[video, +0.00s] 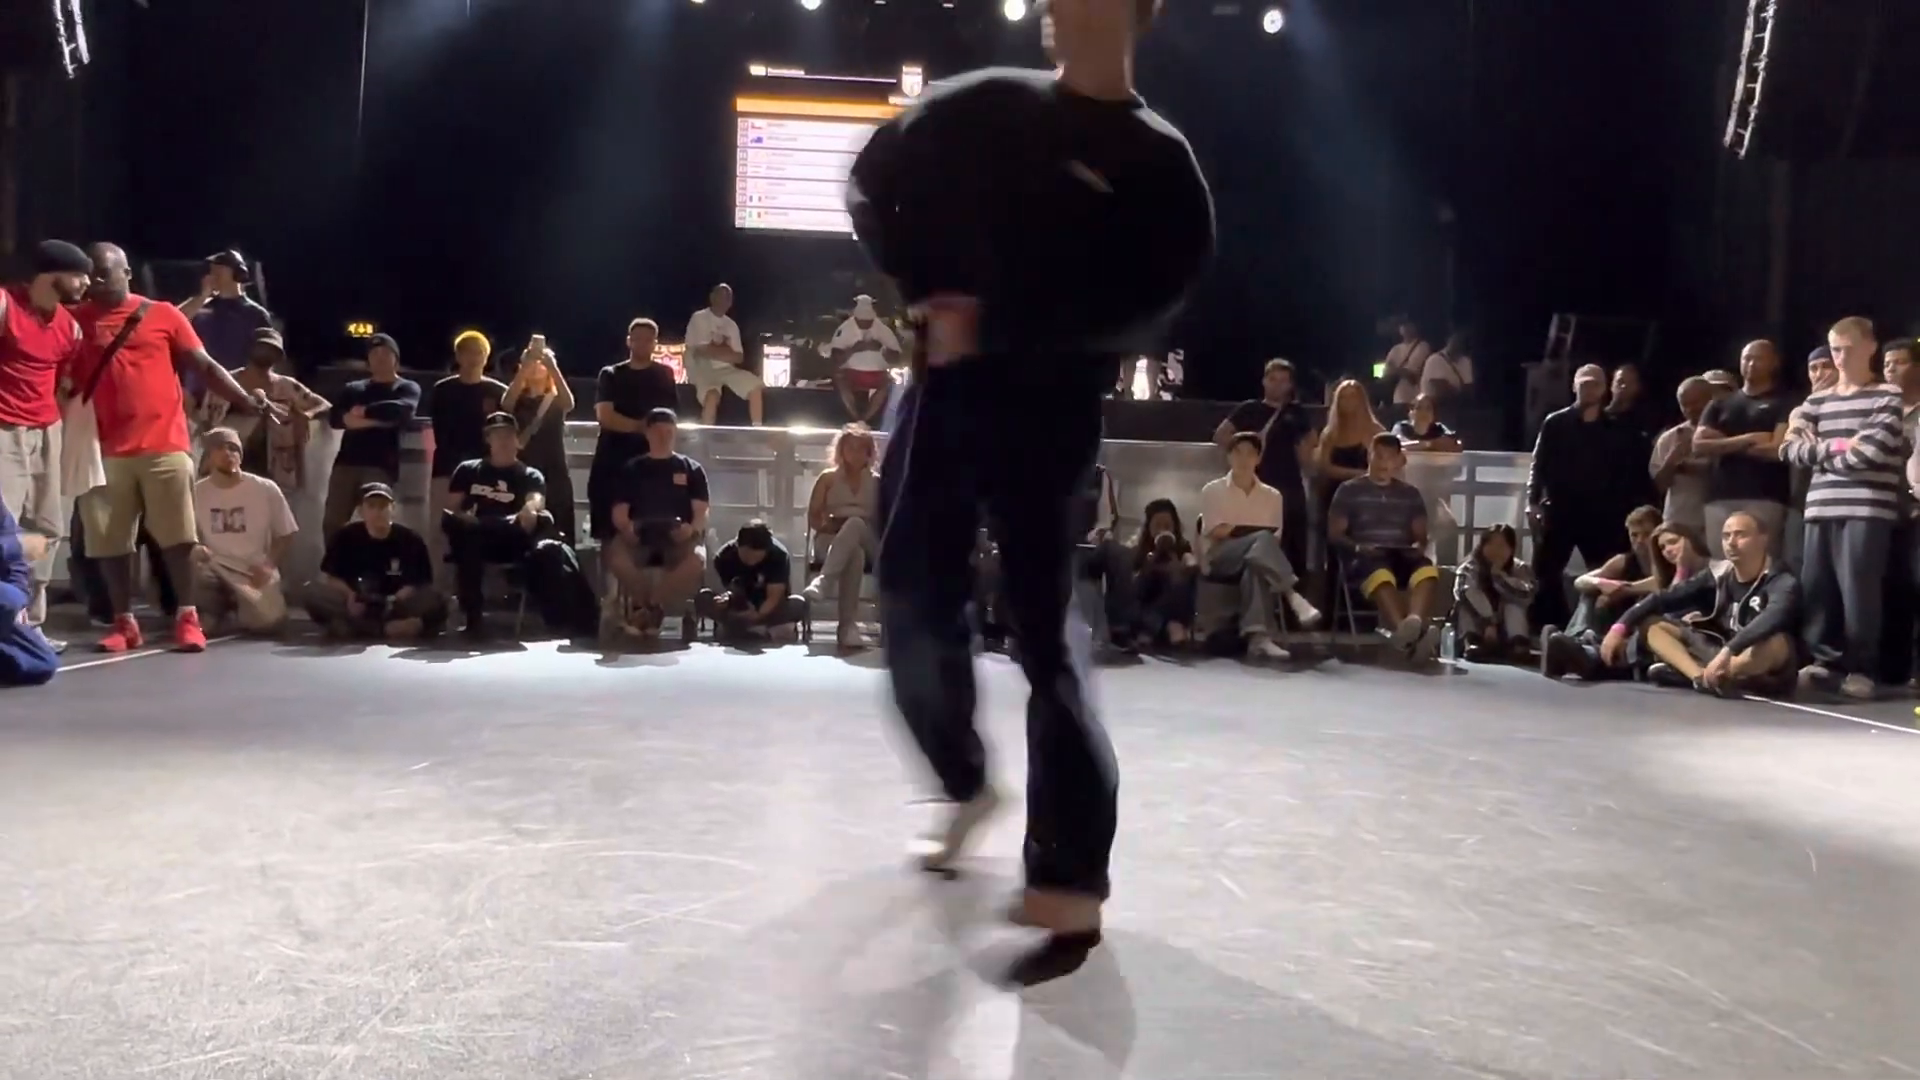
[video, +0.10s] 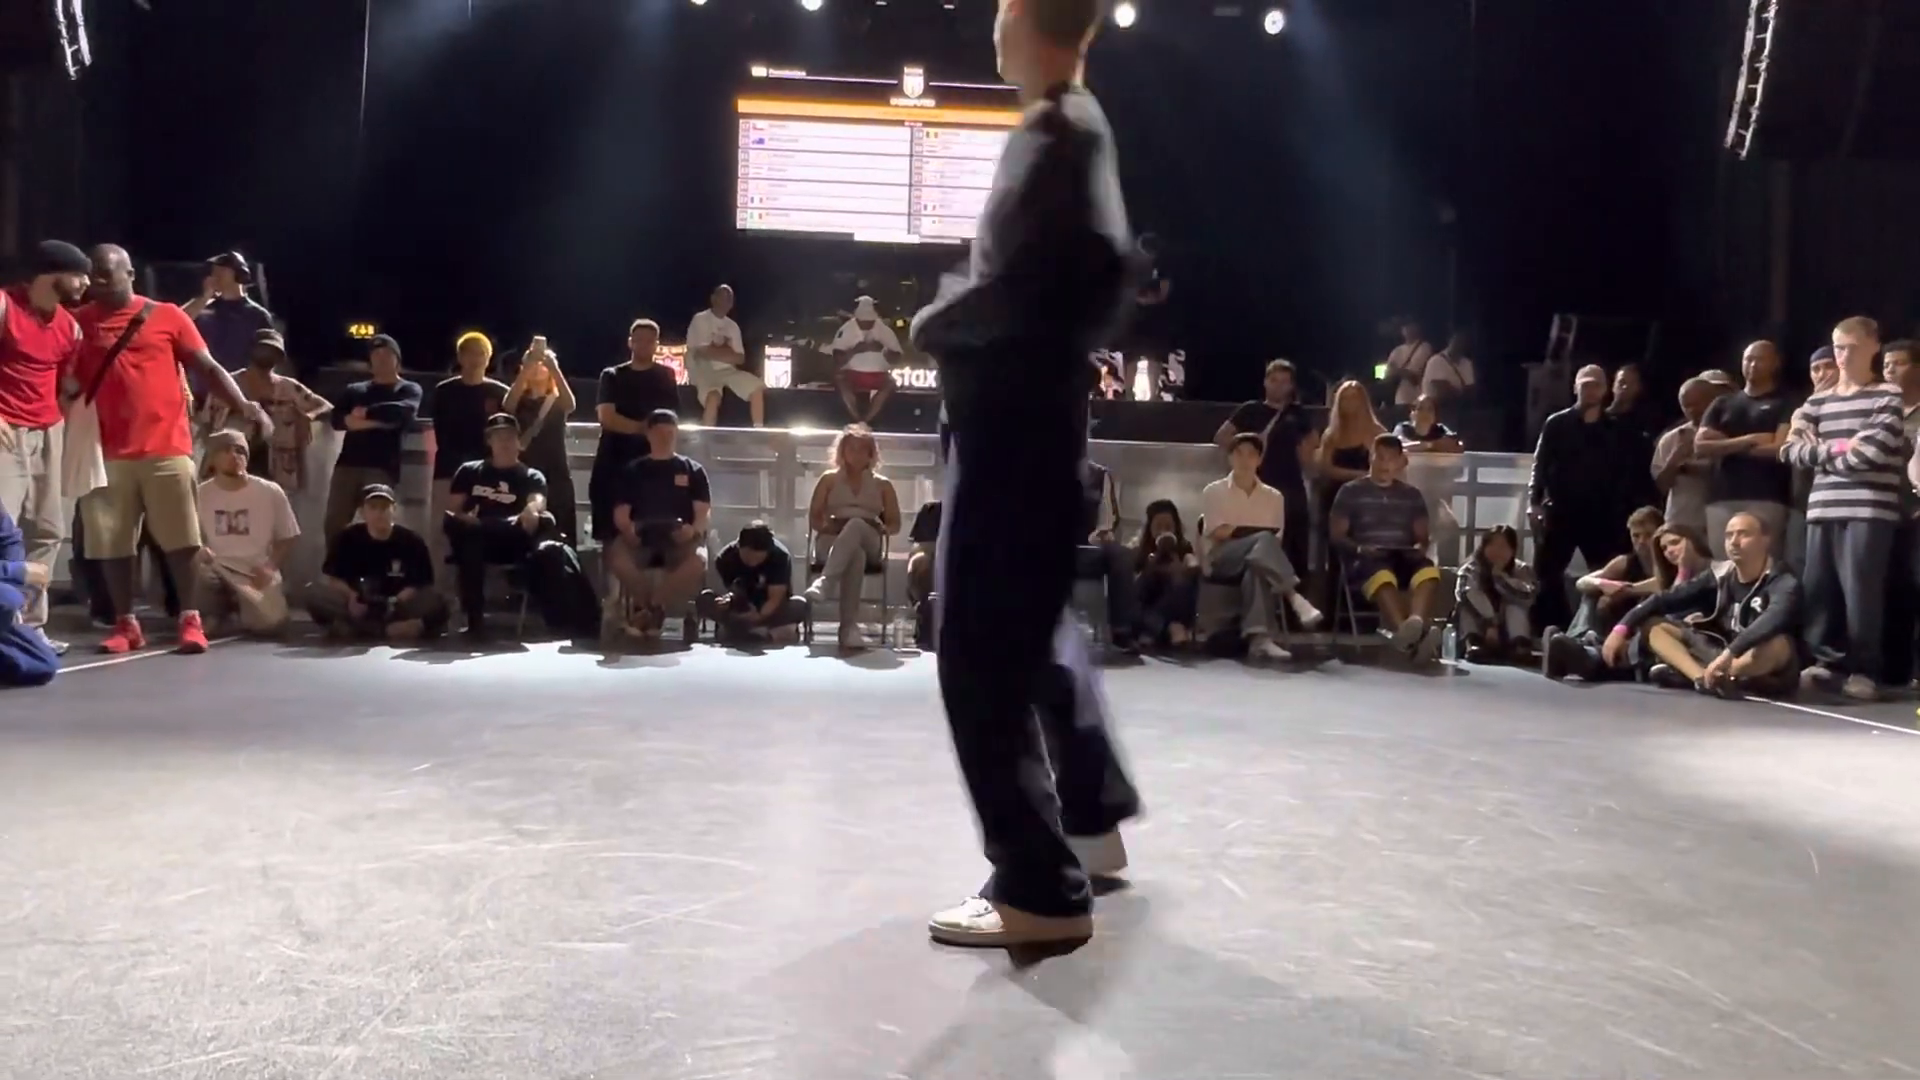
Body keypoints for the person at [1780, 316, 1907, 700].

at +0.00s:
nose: (1838, 357)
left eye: (1846, 349)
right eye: (1833, 350)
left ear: (1870, 348)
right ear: (1830, 352)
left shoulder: (1888, 398)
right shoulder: (1817, 400)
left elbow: (1869, 453)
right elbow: (1791, 448)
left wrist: (1818, 451)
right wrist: (1840, 447)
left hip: (1865, 509)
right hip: (1819, 510)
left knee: (1858, 588)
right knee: (1816, 585)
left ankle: (1862, 670)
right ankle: (1825, 662)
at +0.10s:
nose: (1841, 355)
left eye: (1850, 348)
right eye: (1837, 348)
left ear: (1873, 349)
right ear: (1833, 351)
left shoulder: (1888, 397)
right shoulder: (1819, 400)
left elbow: (1870, 454)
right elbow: (1790, 449)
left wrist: (1819, 452)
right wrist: (1838, 449)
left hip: (1867, 511)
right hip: (1821, 510)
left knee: (1860, 591)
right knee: (1818, 588)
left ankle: (1864, 672)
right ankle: (1827, 663)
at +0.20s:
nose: (1843, 352)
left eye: (1851, 345)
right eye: (1839, 345)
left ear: (1874, 349)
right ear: (1835, 350)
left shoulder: (1890, 396)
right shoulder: (1818, 399)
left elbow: (1870, 454)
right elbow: (1791, 449)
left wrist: (1820, 450)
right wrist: (1839, 449)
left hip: (1869, 509)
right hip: (1823, 509)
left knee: (1862, 590)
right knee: (1819, 587)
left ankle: (1865, 670)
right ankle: (1826, 662)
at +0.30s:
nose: (1843, 352)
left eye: (1851, 345)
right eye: (1839, 345)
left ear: (1875, 348)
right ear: (1836, 350)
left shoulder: (1892, 395)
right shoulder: (1820, 398)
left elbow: (1871, 452)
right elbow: (1793, 447)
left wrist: (1822, 448)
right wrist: (1841, 448)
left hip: (1870, 508)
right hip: (1823, 508)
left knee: (1862, 589)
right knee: (1820, 585)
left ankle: (1865, 669)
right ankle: (1827, 660)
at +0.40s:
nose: (1844, 356)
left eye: (1851, 348)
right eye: (1840, 349)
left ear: (1877, 348)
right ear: (1837, 352)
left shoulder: (1897, 397)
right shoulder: (1824, 399)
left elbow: (1874, 452)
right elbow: (1796, 446)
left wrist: (1825, 448)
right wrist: (1843, 448)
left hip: (1873, 508)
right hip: (1826, 508)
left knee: (1865, 588)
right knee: (1823, 585)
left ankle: (1868, 669)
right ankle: (1830, 661)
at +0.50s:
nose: (1846, 356)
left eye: (1854, 348)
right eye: (1842, 349)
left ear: (1879, 349)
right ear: (1839, 351)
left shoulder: (1899, 398)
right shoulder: (1826, 400)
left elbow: (1874, 455)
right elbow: (1797, 447)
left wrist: (1826, 448)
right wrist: (1845, 449)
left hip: (1875, 510)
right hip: (1829, 509)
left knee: (1867, 589)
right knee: (1825, 586)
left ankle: (1871, 670)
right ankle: (1832, 662)